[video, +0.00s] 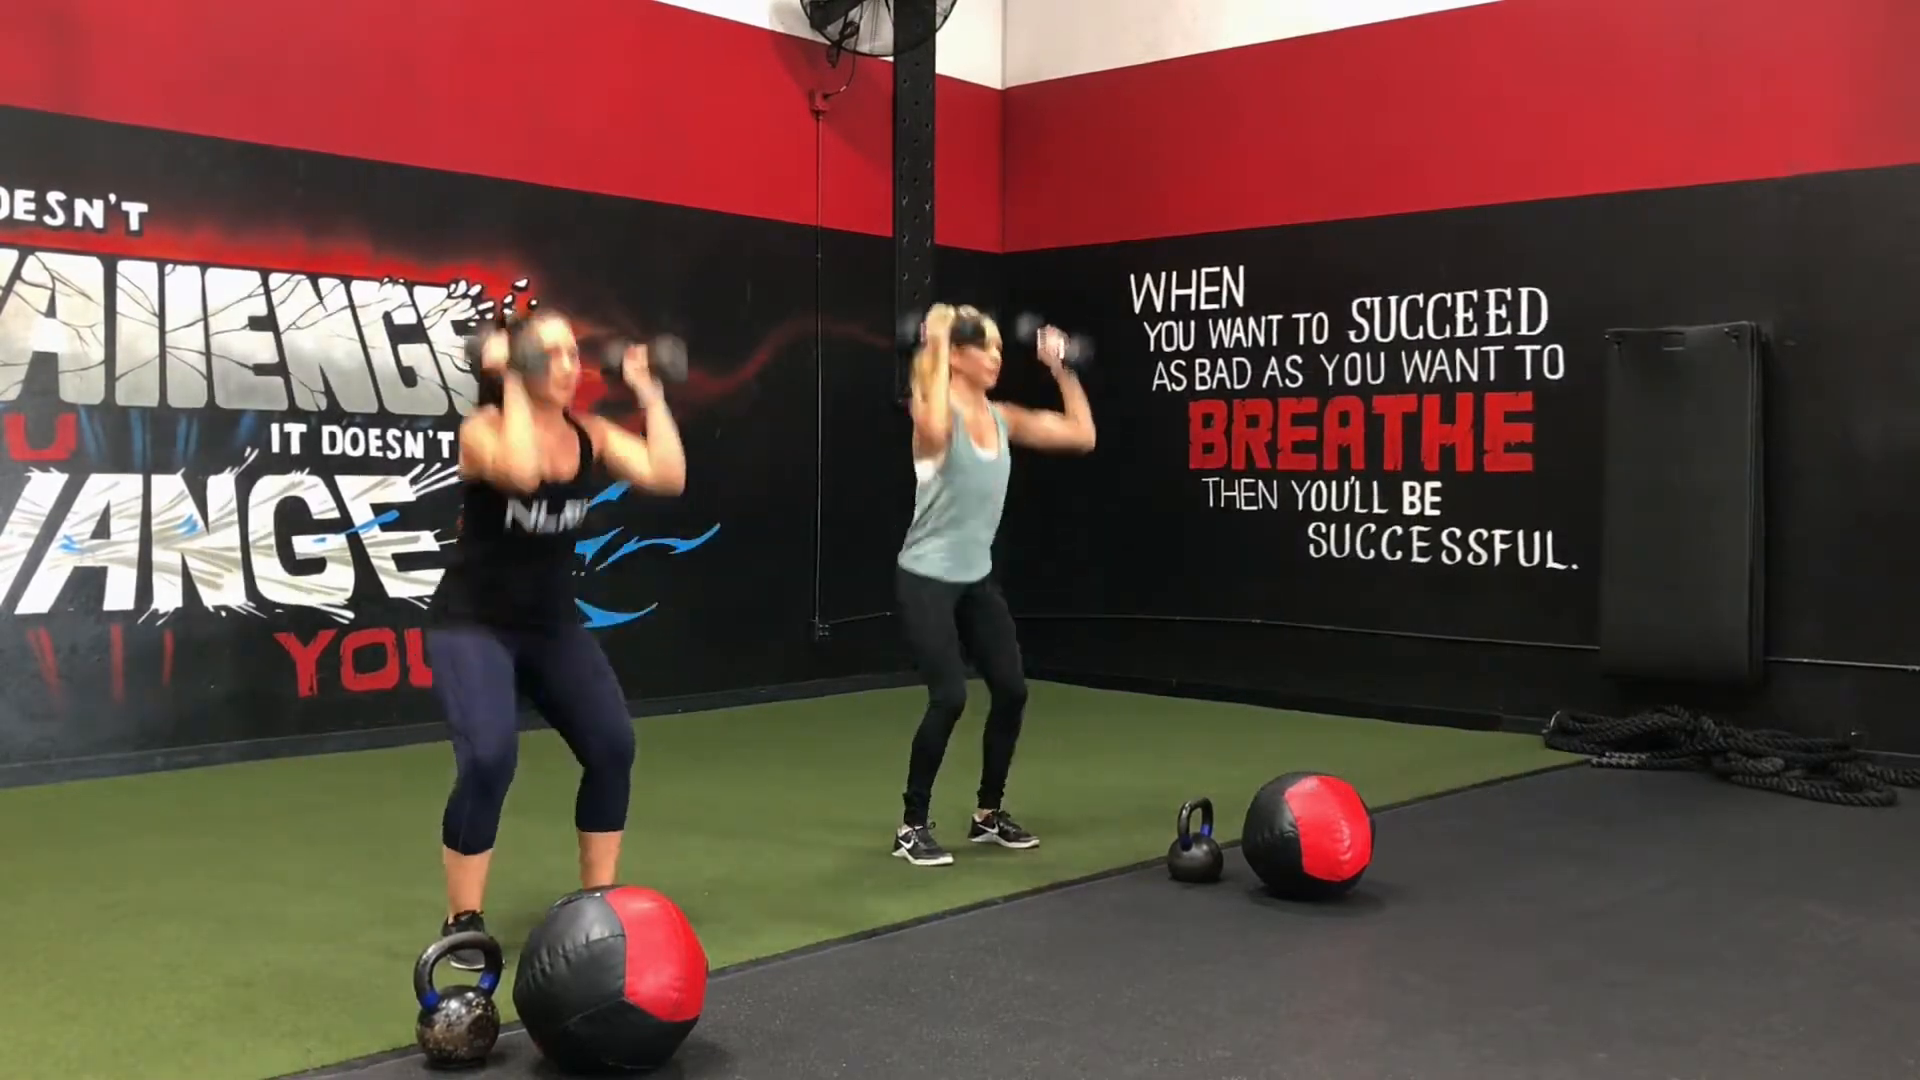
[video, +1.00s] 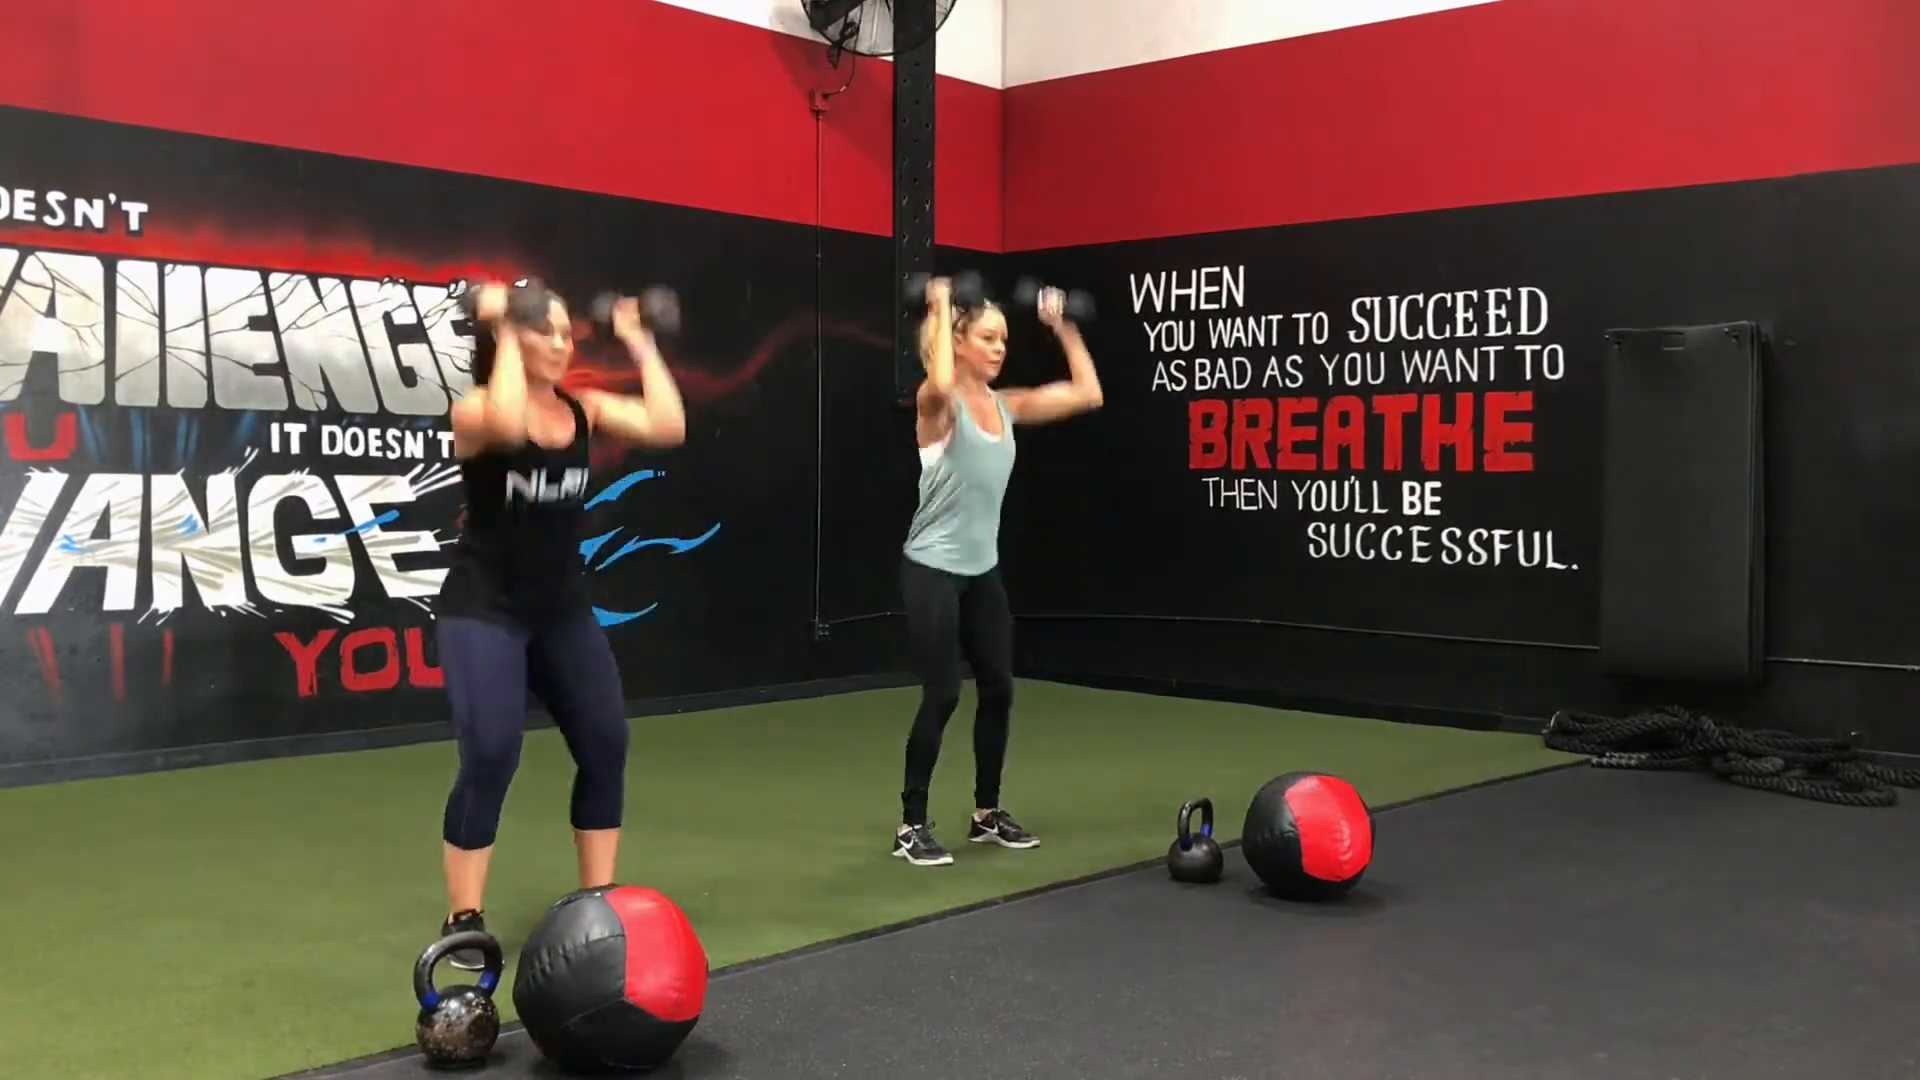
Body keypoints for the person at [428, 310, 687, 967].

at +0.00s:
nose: (566, 366)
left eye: (571, 353)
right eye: (551, 355)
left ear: (579, 364)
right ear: (517, 367)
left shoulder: (591, 433)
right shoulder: (482, 428)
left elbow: (667, 476)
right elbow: (522, 471)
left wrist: (650, 393)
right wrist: (508, 382)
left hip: (553, 621)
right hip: (473, 621)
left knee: (613, 746)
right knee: (488, 757)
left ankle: (598, 910)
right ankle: (464, 928)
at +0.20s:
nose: (554, 322)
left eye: (560, 312)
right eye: (538, 311)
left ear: (569, 325)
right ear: (503, 321)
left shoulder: (580, 388)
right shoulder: (481, 388)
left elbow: (617, 291)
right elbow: (488, 290)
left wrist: (622, 199)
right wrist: (491, 181)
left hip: (581, 606)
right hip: (499, 608)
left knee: (582, 755)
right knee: (487, 757)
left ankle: (599, 908)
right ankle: (465, 920)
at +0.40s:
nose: (564, 353)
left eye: (570, 342)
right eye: (549, 341)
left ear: (575, 351)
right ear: (511, 349)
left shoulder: (587, 423)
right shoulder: (481, 418)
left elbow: (672, 432)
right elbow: (498, 428)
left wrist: (648, 346)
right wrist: (492, 335)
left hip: (554, 615)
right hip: (475, 613)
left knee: (604, 740)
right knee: (489, 749)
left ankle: (596, 906)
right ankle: (466, 922)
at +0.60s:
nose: (589, 525)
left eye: (593, 513)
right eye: (573, 513)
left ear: (600, 519)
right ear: (532, 524)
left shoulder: (595, 581)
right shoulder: (493, 582)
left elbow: (641, 678)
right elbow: (501, 694)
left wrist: (648, 600)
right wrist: (513, 600)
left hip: (534, 717)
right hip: (451, 718)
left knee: (640, 763)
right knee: (493, 785)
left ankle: (597, 908)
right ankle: (465, 925)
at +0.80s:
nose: (591, 520)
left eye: (595, 508)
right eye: (575, 508)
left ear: (601, 515)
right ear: (534, 518)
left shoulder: (598, 573)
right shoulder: (492, 583)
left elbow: (646, 670)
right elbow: (508, 688)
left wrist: (650, 587)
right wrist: (516, 596)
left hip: (537, 716)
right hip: (453, 717)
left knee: (641, 765)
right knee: (495, 785)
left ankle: (597, 910)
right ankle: (465, 928)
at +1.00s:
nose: (559, 344)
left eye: (565, 333)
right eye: (545, 332)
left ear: (571, 340)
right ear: (509, 338)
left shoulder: (583, 407)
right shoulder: (472, 409)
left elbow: (667, 426)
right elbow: (510, 425)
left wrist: (639, 342)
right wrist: (499, 332)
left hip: (563, 607)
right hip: (484, 609)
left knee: (606, 740)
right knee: (491, 751)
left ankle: (598, 909)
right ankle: (465, 923)